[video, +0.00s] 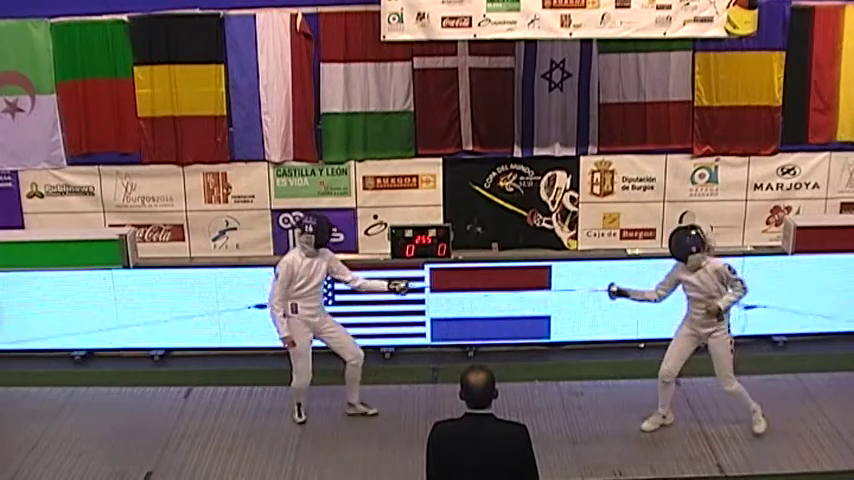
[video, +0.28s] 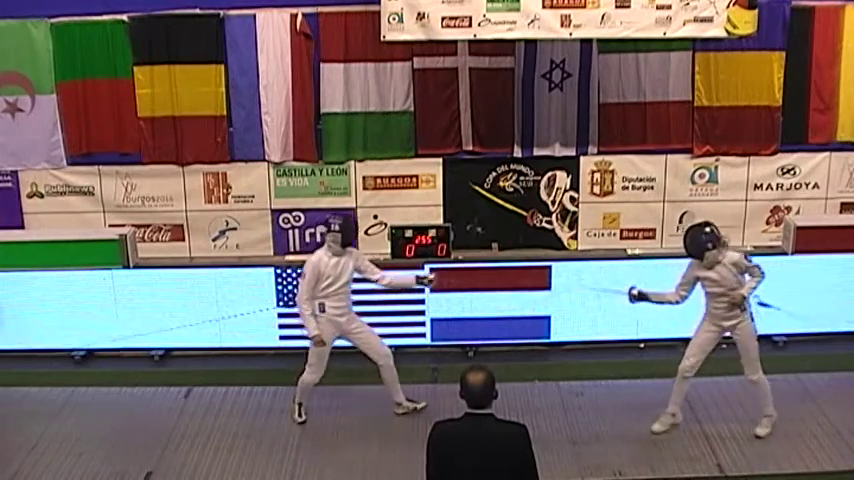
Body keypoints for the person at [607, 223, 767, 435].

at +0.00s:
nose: (685, 266)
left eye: (687, 261)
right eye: (683, 262)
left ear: (698, 253)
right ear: (682, 258)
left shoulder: (718, 268)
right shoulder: (680, 271)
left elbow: (739, 288)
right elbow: (657, 295)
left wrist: (722, 304)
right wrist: (624, 293)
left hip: (717, 330)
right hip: (690, 327)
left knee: (728, 384)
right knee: (666, 374)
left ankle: (755, 411)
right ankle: (663, 414)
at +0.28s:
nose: (701, 263)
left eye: (703, 258)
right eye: (698, 259)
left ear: (714, 249)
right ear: (697, 255)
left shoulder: (733, 258)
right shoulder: (696, 268)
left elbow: (758, 273)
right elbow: (678, 296)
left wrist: (745, 292)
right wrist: (644, 296)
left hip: (740, 321)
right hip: (712, 322)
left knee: (754, 376)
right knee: (686, 369)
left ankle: (769, 415)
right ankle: (672, 414)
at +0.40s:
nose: (714, 268)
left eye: (717, 263)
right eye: (712, 264)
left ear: (727, 255)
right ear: (710, 260)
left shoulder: (747, 268)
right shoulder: (709, 274)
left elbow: (771, 285)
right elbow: (694, 304)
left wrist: (755, 301)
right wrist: (662, 311)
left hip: (749, 330)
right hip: (721, 330)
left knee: (769, 379)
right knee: (694, 375)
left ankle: (797, 414)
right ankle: (691, 417)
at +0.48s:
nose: (728, 274)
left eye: (730, 270)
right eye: (725, 270)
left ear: (740, 263)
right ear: (724, 267)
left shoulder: (760, 277)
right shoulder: (721, 282)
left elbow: (781, 295)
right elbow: (710, 313)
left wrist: (765, 311)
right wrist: (678, 321)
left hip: (760, 338)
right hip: (731, 337)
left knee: (778, 388)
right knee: (697, 377)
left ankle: (808, 411)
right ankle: (691, 417)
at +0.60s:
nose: (747, 278)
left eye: (749, 274)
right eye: (744, 275)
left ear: (759, 265)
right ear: (742, 271)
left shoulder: (779, 277)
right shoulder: (742, 284)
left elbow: (804, 293)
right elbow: (738, 315)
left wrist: (790, 311)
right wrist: (707, 326)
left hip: (783, 339)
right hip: (754, 339)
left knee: (795, 390)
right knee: (716, 379)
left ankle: (810, 416)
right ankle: (694, 416)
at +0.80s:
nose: (760, 260)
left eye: (762, 256)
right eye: (757, 257)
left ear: (770, 248)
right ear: (754, 254)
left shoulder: (793, 259)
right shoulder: (755, 270)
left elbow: (819, 271)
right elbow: (752, 302)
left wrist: (808, 290)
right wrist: (720, 315)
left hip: (798, 325)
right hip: (768, 326)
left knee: (811, 378)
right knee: (741, 373)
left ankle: (822, 417)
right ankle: (735, 415)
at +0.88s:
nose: (768, 264)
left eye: (770, 259)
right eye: (764, 261)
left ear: (777, 251)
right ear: (760, 259)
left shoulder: (798, 264)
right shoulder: (760, 273)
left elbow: (822, 281)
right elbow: (753, 305)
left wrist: (808, 297)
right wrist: (719, 315)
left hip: (800, 329)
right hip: (772, 330)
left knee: (817, 381)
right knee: (744, 376)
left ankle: (839, 418)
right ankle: (737, 416)